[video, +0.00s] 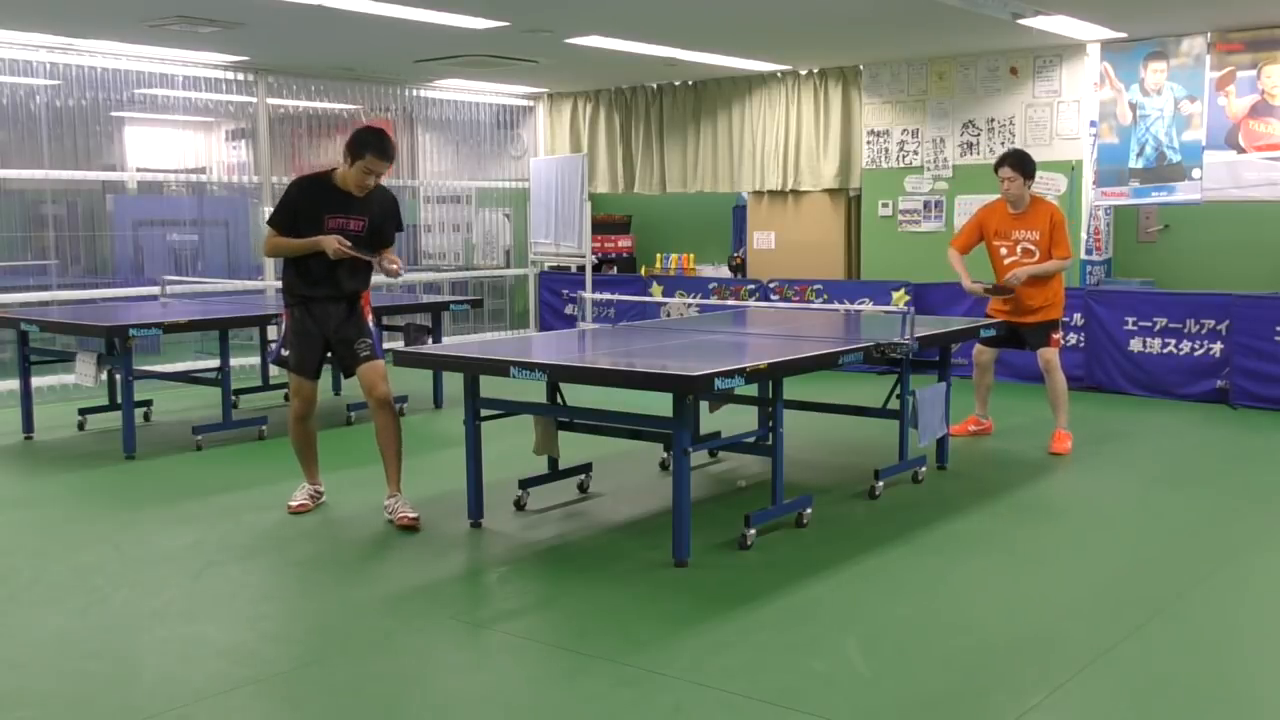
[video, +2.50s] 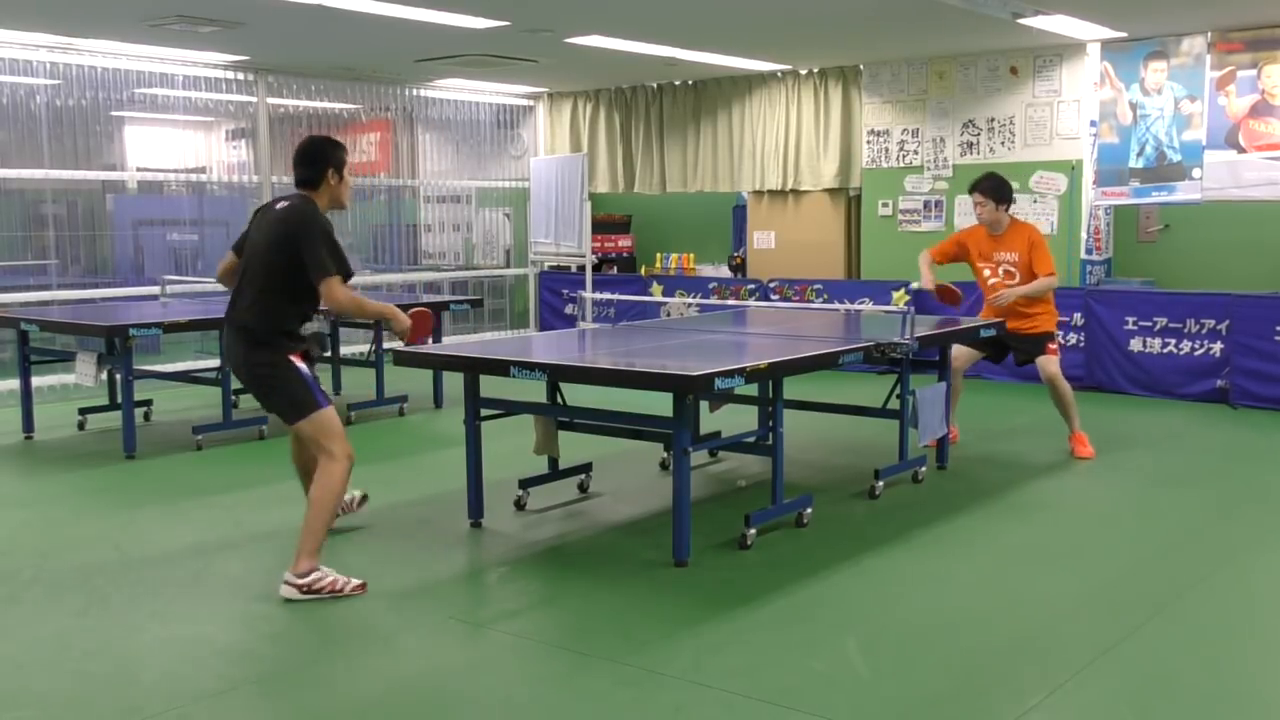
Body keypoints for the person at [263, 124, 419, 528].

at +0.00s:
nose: (372, 182)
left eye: (379, 175)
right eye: (367, 173)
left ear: (386, 169)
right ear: (347, 159)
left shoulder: (382, 201)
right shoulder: (304, 189)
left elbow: (384, 251)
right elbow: (270, 245)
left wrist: (389, 262)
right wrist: (318, 242)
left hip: (352, 310)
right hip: (304, 310)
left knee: (381, 394)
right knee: (301, 406)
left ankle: (394, 496)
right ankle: (312, 485)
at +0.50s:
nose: (442, 290)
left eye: (447, 285)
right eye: (439, 282)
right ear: (417, 262)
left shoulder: (434, 283)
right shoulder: (370, 262)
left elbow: (422, 334)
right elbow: (355, 329)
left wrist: (447, 341)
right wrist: (416, 312)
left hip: (388, 353)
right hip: (340, 352)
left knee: (412, 423)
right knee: (301, 446)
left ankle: (394, 502)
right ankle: (319, 480)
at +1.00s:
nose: (442, 260)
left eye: (448, 253)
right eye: (437, 250)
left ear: (453, 251)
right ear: (411, 240)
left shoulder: (442, 269)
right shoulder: (370, 250)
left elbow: (428, 325)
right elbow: (361, 318)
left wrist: (451, 345)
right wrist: (420, 302)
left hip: (392, 350)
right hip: (343, 346)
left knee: (412, 426)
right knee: (296, 440)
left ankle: (393, 502)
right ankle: (309, 479)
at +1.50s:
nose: (344, 159)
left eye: (351, 152)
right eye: (335, 150)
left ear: (357, 160)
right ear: (316, 157)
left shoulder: (370, 196)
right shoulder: (295, 212)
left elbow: (412, 193)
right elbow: (283, 275)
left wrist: (420, 160)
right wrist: (288, 320)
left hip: (363, 320)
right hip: (314, 322)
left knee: (393, 410)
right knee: (282, 418)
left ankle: (394, 501)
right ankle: (274, 487)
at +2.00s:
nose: (338, 236)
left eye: (346, 228)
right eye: (332, 226)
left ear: (353, 222)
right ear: (311, 214)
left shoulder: (354, 247)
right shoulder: (274, 226)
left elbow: (374, 277)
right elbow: (223, 239)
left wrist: (371, 312)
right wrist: (191, 252)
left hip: (325, 338)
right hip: (275, 341)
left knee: (379, 405)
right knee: (266, 446)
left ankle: (330, 482)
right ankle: (276, 488)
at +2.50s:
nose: (350, 184)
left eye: (349, 175)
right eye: (347, 175)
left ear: (302, 176)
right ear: (331, 177)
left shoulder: (269, 212)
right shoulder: (310, 220)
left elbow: (227, 271)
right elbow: (335, 298)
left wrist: (280, 293)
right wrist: (389, 312)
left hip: (245, 342)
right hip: (269, 348)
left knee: (306, 429)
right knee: (337, 453)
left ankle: (326, 503)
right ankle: (304, 570)